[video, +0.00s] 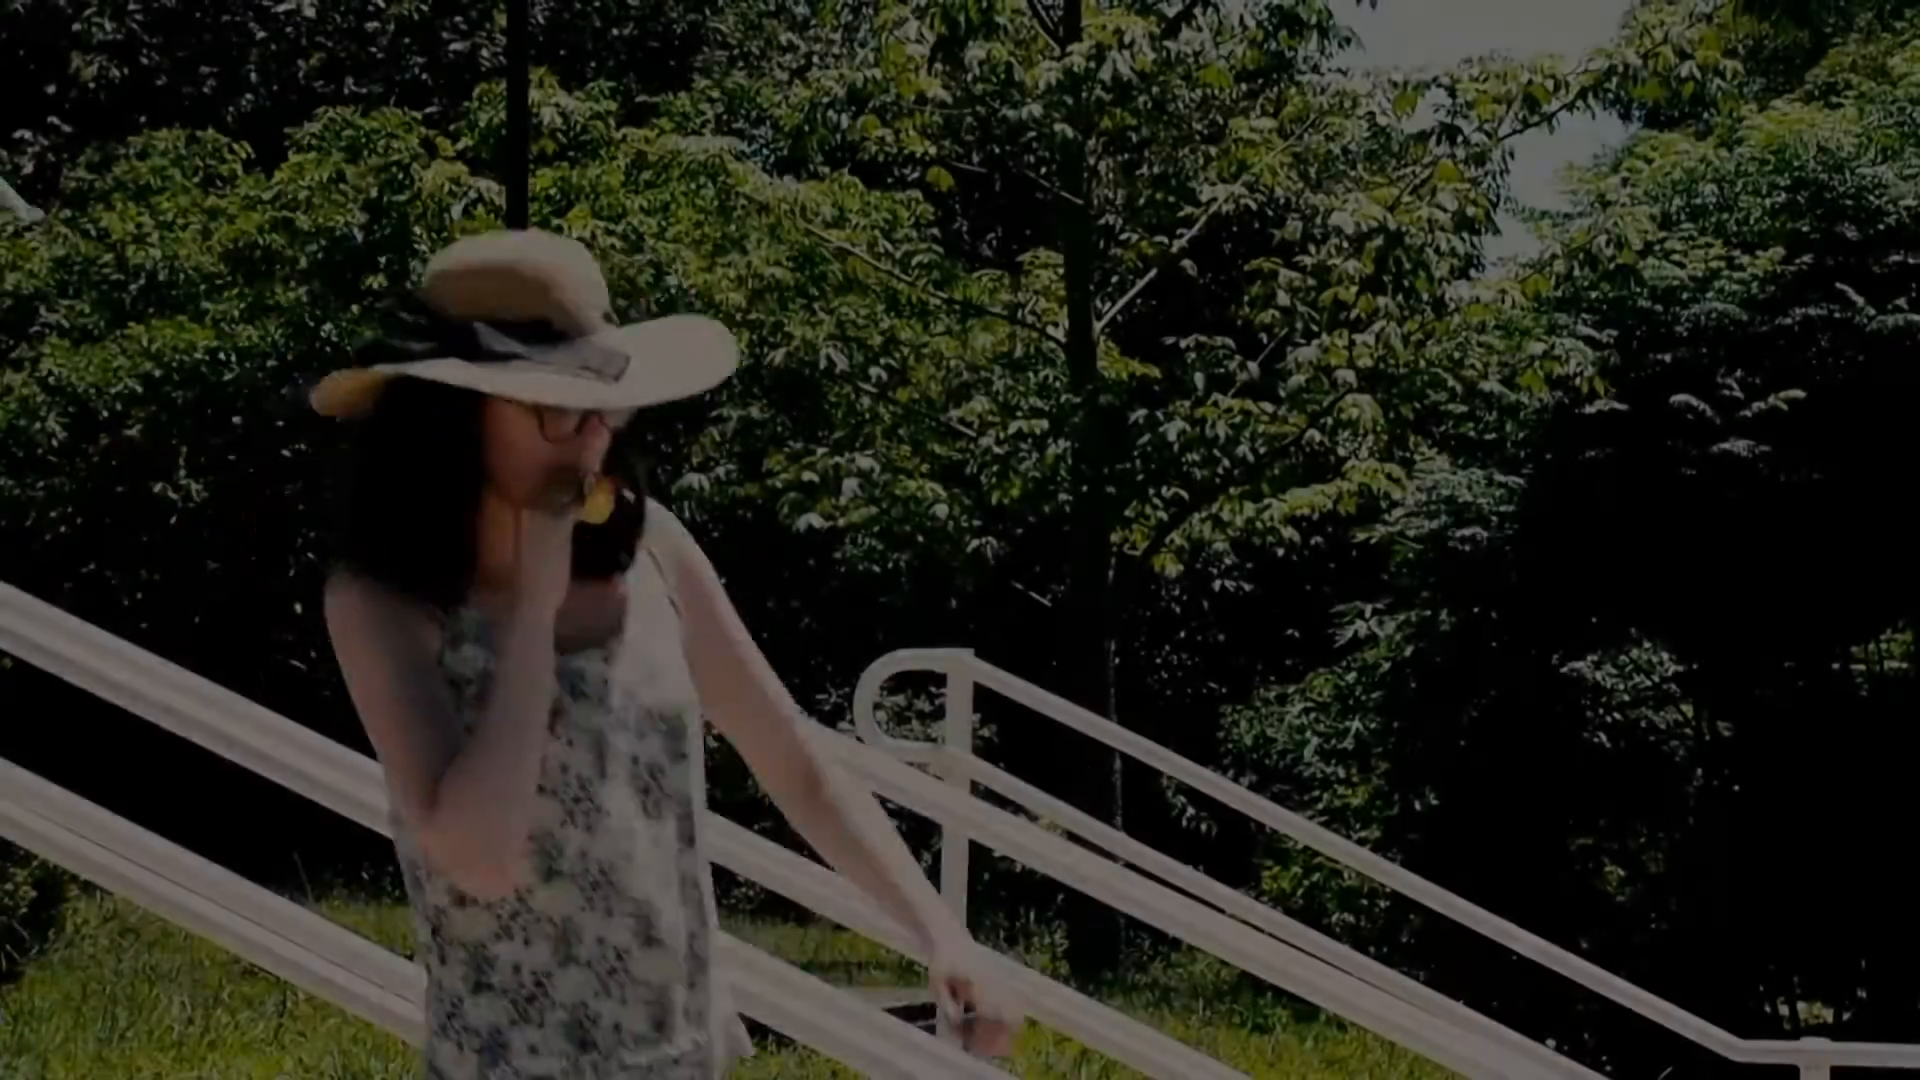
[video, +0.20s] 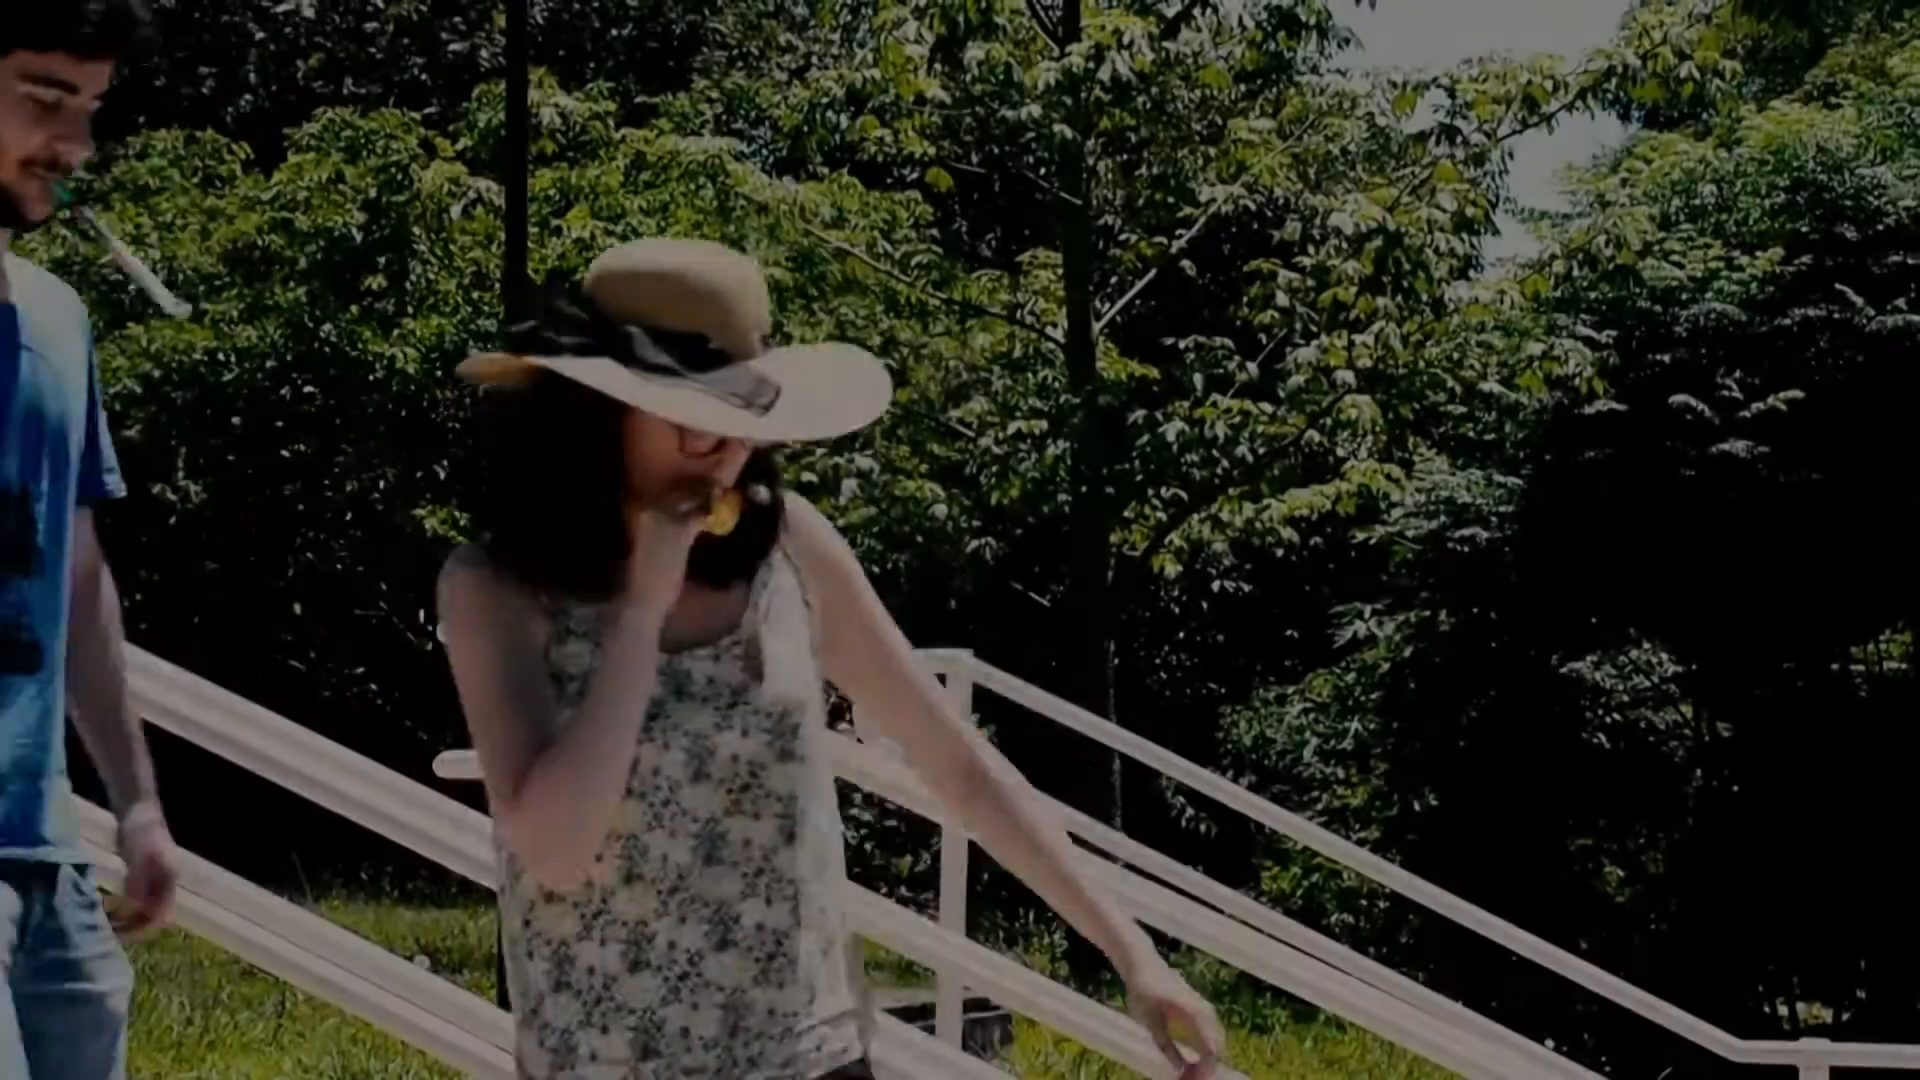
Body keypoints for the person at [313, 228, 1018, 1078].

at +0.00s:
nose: (586, 445)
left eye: (604, 414)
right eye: (549, 414)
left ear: (622, 411)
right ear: (462, 413)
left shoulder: (649, 550)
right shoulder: (382, 597)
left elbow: (800, 772)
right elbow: (482, 857)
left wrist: (942, 935)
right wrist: (536, 588)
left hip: (683, 1037)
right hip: (510, 1050)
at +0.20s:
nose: (723, 436)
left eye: (747, 407)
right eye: (689, 403)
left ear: (766, 413)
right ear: (597, 403)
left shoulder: (791, 547)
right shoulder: (494, 588)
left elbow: (964, 771)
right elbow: (555, 850)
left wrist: (1138, 961)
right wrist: (643, 597)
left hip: (798, 1040)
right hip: (602, 1051)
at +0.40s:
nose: (855, 466)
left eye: (876, 433)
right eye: (817, 435)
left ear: (900, 435)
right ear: (732, 432)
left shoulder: (936, 569)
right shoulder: (626, 608)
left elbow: (1072, 799)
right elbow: (669, 892)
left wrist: (1188, 1013)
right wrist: (771, 637)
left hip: (936, 1047)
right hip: (727, 1056)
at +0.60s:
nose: (1054, 580)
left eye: (1063, 551)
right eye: (1015, 554)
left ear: (1078, 554)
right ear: (911, 550)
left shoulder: (1081, 691)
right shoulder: (797, 739)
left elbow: (1166, 961)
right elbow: (905, 1022)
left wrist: (1219, 1071)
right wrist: (987, 767)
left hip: (1091, 1064)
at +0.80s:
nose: (1259, 561)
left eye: (1269, 532)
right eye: (1230, 525)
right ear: (1120, 522)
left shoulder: (1184, 713)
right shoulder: (995, 705)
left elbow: (1264, 982)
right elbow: (1197, 970)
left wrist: (1324, 1072)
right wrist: (1241, 718)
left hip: (1225, 1066)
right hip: (1055, 1065)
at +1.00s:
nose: (1468, 541)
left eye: (1470, 513)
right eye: (1446, 508)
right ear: (1344, 506)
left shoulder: (1280, 691)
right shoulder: (1232, 683)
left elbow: (1357, 996)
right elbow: (1491, 943)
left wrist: (1509, 1068)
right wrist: (1476, 695)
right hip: (1285, 1061)